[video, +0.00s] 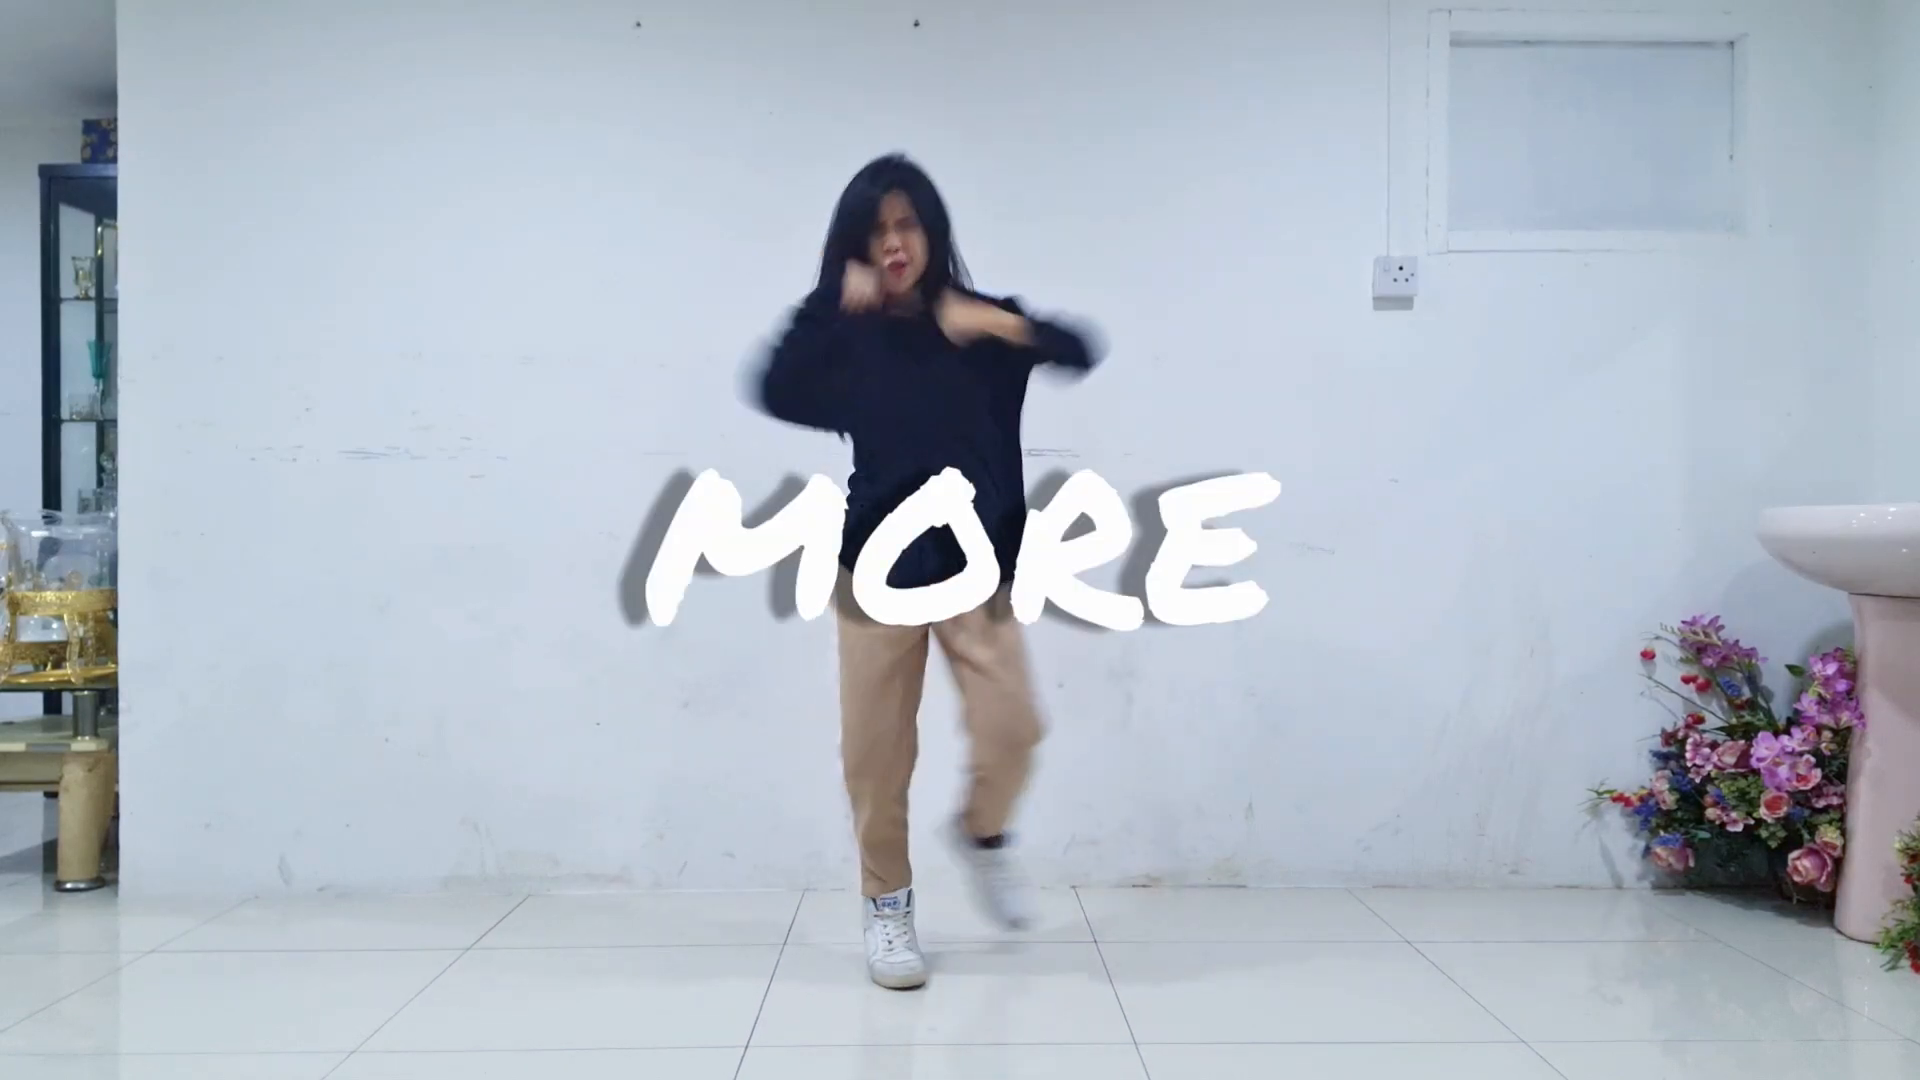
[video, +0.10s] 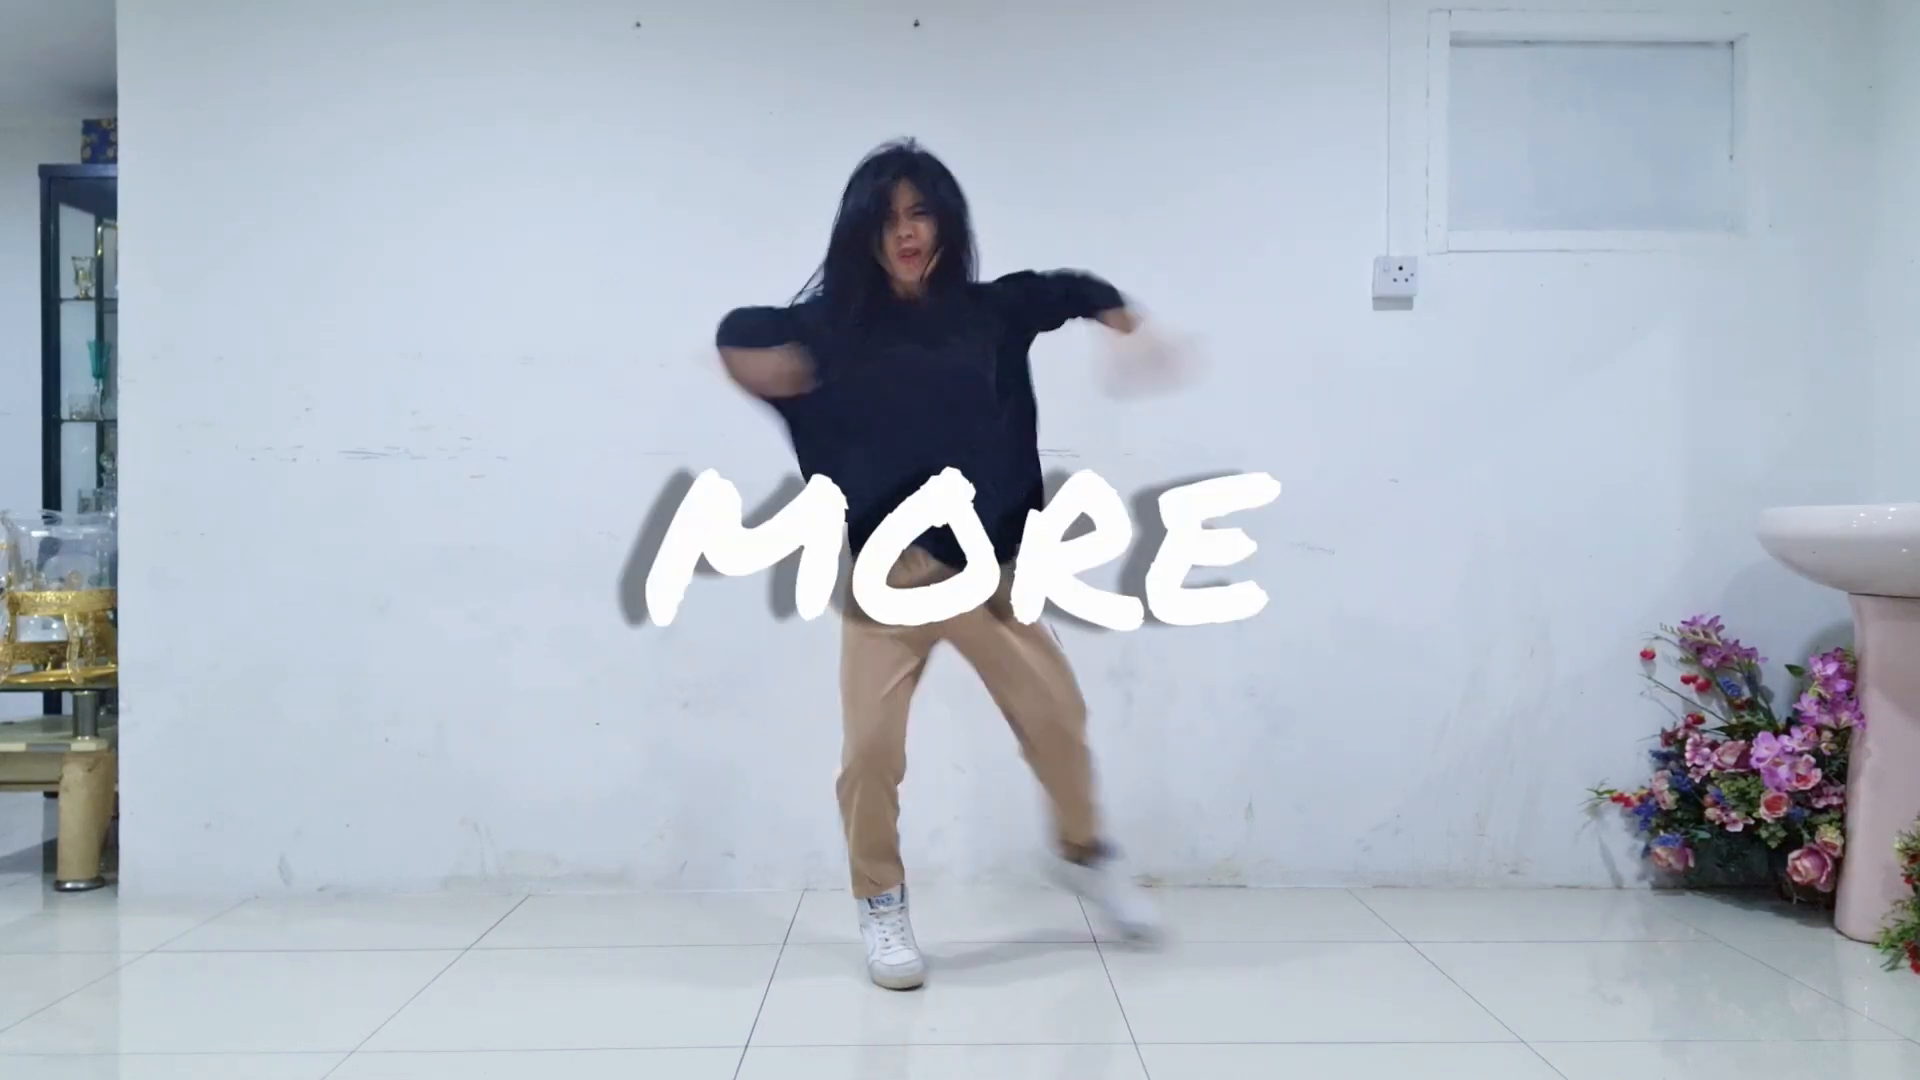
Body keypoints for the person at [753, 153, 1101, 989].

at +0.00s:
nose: (895, 245)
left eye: (908, 227)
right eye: (878, 231)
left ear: (936, 235)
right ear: (853, 245)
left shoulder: (992, 323)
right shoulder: (839, 335)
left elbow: (1080, 353)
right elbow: (782, 395)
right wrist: (836, 307)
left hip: (979, 562)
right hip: (876, 568)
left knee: (1012, 728)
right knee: (876, 750)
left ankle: (982, 837)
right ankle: (887, 903)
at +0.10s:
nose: (910, 233)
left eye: (924, 215)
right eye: (892, 219)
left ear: (948, 224)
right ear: (864, 232)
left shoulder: (990, 309)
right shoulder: (828, 323)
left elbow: (1074, 290)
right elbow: (738, 330)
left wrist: (1125, 320)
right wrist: (757, 359)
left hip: (992, 569)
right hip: (880, 580)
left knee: (1057, 715)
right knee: (870, 755)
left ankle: (1087, 855)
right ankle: (881, 906)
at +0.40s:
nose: (908, 268)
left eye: (924, 250)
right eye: (892, 253)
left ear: (954, 258)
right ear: (873, 265)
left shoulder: (997, 354)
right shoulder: (847, 363)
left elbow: (1081, 406)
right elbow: (762, 397)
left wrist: (1108, 337)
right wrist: (700, 324)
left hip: (969, 599)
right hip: (866, 603)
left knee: (1021, 753)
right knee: (865, 773)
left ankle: (1077, 884)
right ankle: (886, 919)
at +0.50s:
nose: (901, 254)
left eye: (917, 235)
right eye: (885, 239)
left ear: (945, 240)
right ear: (864, 250)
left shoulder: (989, 324)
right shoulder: (850, 344)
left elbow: (1061, 389)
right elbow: (787, 418)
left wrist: (1072, 319)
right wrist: (731, 342)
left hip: (956, 586)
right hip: (857, 588)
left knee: (984, 748)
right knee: (861, 764)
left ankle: (1000, 885)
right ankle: (886, 911)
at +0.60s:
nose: (894, 242)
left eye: (910, 223)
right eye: (877, 227)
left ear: (938, 227)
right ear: (855, 239)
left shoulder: (987, 299)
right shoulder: (851, 334)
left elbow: (1062, 366)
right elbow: (807, 435)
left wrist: (1050, 310)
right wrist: (715, 383)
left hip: (956, 568)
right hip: (856, 570)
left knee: (946, 742)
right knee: (862, 750)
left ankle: (936, 896)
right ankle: (883, 907)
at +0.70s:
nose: (893, 240)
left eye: (909, 222)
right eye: (875, 226)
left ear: (934, 229)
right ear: (853, 239)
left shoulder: (978, 288)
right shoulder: (847, 333)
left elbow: (1054, 343)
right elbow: (840, 468)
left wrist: (1017, 367)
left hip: (952, 561)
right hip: (857, 565)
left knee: (920, 742)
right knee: (860, 751)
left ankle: (933, 897)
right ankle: (875, 908)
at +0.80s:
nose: (892, 243)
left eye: (908, 227)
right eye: (876, 228)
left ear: (932, 237)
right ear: (852, 240)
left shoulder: (980, 325)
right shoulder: (836, 341)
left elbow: (1011, 433)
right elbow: (831, 463)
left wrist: (1026, 530)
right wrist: (858, 573)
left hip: (963, 570)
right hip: (868, 572)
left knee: (938, 736)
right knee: (866, 758)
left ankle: (955, 871)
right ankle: (882, 911)